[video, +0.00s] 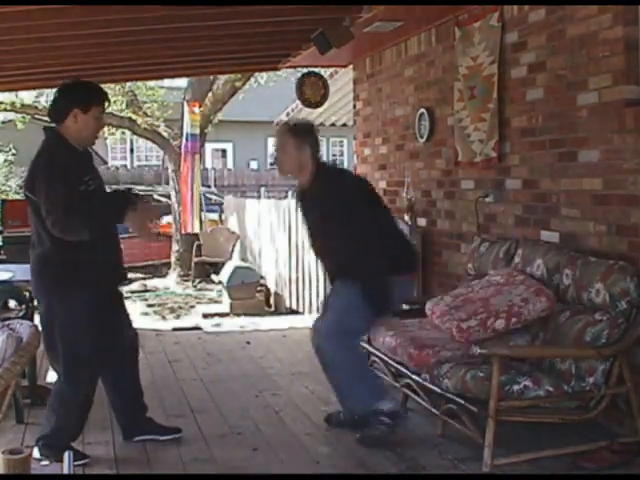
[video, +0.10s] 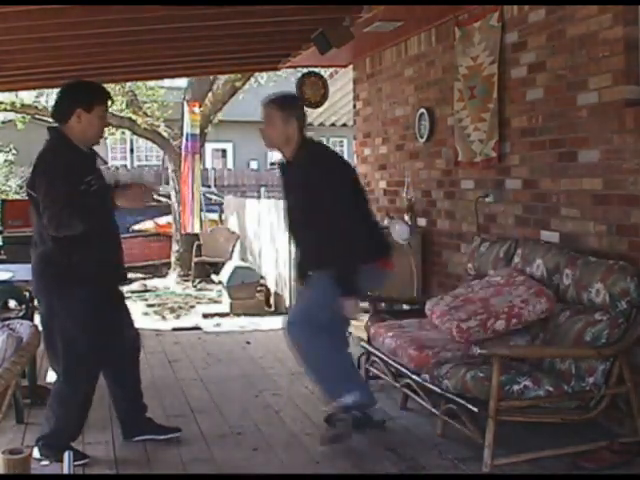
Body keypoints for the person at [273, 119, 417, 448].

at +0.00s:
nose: (275, 156)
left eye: (281, 148)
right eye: (276, 149)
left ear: (302, 150)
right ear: (297, 152)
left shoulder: (341, 186)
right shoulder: (308, 194)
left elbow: (366, 245)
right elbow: (332, 251)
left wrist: (381, 305)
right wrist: (335, 295)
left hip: (381, 276)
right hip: (355, 276)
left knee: (332, 335)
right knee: (323, 334)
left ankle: (382, 408)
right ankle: (358, 408)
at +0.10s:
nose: (263, 130)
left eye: (269, 122)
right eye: (263, 122)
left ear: (292, 123)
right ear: (281, 125)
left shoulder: (322, 162)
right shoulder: (294, 167)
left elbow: (347, 223)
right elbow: (307, 225)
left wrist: (346, 285)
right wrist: (306, 272)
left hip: (351, 263)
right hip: (328, 264)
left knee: (302, 324)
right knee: (330, 334)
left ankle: (350, 397)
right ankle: (357, 407)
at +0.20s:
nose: (248, 111)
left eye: (254, 103)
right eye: (248, 103)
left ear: (277, 106)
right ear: (269, 108)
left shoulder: (304, 145)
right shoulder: (274, 149)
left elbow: (320, 212)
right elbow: (286, 211)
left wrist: (313, 272)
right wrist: (277, 256)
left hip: (331, 258)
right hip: (311, 259)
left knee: (277, 326)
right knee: (315, 339)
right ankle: (360, 407)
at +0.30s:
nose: (231, 109)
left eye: (236, 100)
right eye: (231, 101)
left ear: (259, 100)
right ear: (252, 102)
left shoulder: (281, 141)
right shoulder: (260, 142)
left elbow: (291, 208)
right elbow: (265, 206)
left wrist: (276, 268)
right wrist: (256, 254)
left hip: (299, 261)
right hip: (284, 260)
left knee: (253, 339)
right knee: (285, 336)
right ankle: (347, 394)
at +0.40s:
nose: (205, 122)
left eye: (210, 115)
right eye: (206, 115)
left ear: (235, 118)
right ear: (235, 120)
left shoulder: (242, 163)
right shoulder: (256, 156)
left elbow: (245, 235)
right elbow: (259, 229)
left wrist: (225, 295)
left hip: (270, 275)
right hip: (284, 272)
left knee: (207, 344)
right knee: (238, 334)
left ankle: (206, 443)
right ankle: (303, 384)